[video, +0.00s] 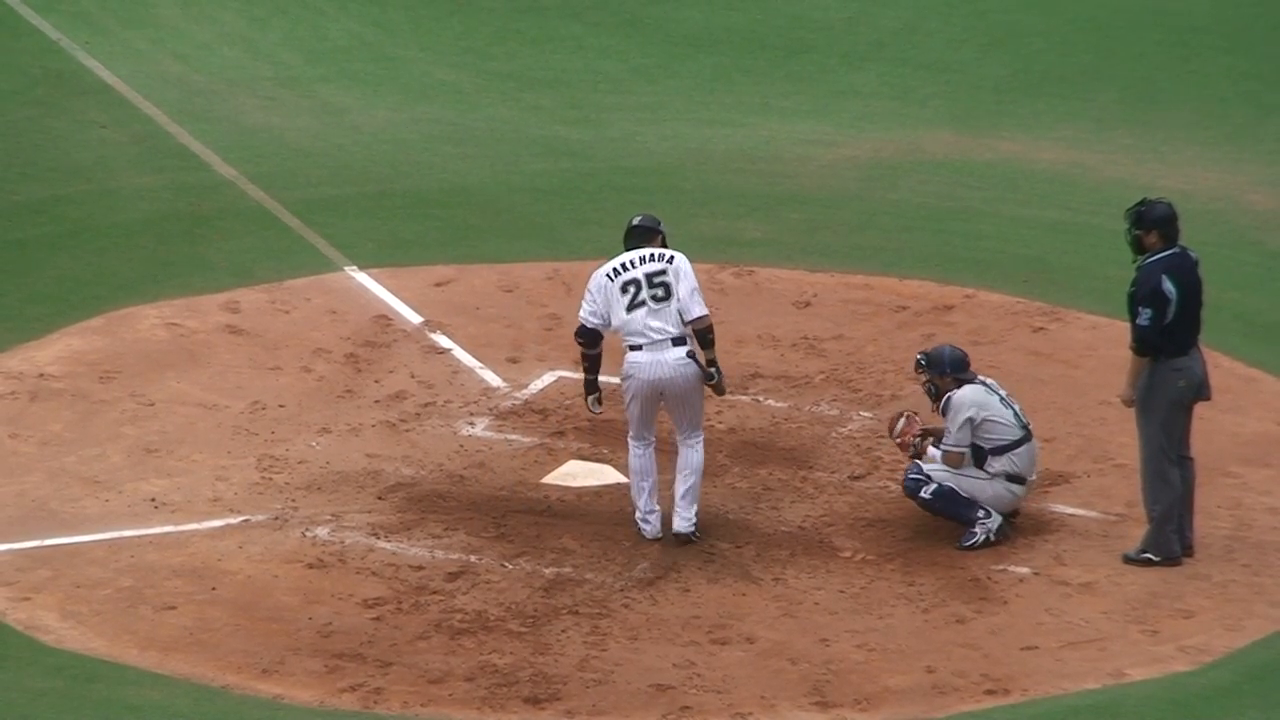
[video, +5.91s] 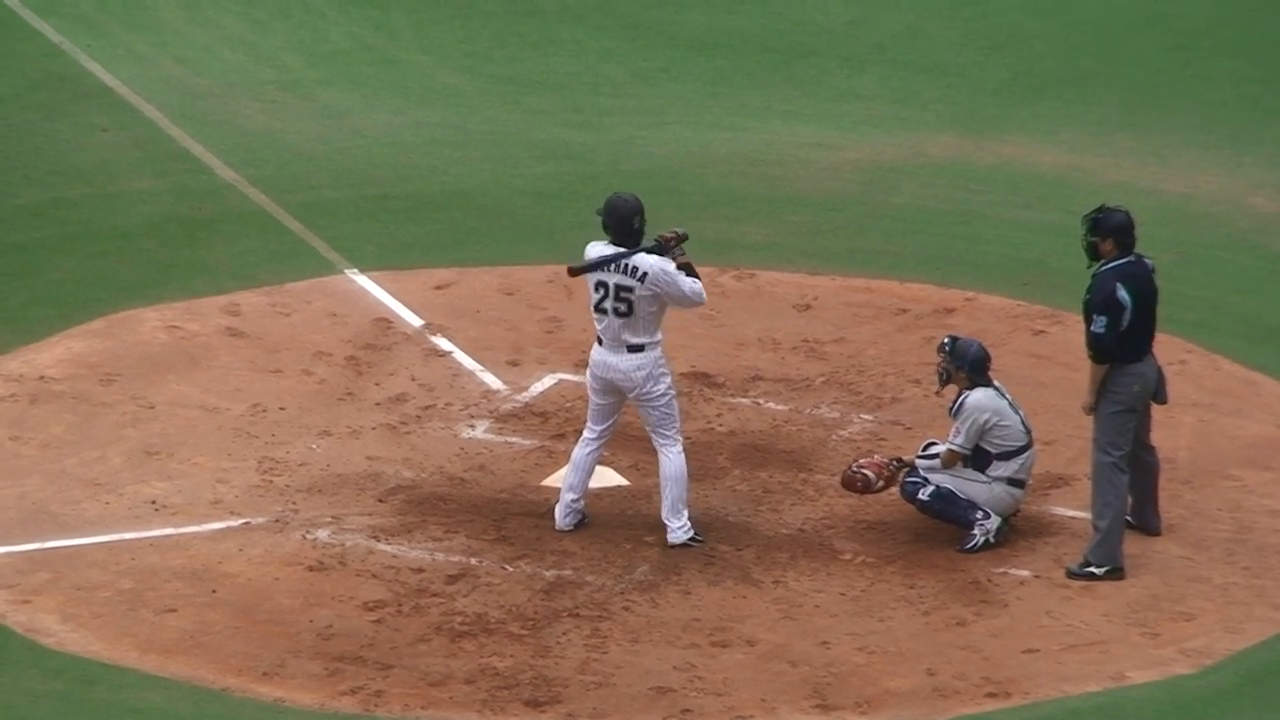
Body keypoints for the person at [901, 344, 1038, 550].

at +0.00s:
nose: (928, 382)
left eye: (931, 377)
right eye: (927, 377)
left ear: (948, 378)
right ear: (959, 375)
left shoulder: (961, 400)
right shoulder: (983, 383)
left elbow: (955, 461)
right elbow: (970, 436)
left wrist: (926, 450)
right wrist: (927, 432)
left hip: (1004, 490)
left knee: (915, 477)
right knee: (936, 454)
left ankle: (985, 520)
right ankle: (1001, 506)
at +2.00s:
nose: (932, 370)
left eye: (937, 366)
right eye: (933, 364)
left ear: (953, 373)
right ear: (964, 372)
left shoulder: (966, 403)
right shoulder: (987, 387)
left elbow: (951, 464)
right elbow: (960, 439)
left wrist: (917, 450)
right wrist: (924, 429)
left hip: (1002, 492)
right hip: (1016, 483)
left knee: (913, 480)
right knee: (930, 451)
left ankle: (983, 520)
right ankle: (1001, 508)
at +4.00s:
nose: (938, 368)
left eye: (944, 364)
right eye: (940, 362)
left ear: (959, 371)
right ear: (975, 369)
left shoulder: (972, 402)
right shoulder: (992, 387)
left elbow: (949, 461)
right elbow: (962, 433)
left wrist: (912, 460)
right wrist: (918, 430)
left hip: (1003, 491)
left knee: (913, 481)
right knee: (934, 447)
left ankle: (983, 519)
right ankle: (1003, 506)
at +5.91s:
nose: (942, 366)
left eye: (947, 363)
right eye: (944, 361)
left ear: (962, 371)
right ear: (976, 370)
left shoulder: (975, 402)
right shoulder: (991, 389)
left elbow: (948, 461)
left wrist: (907, 462)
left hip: (1000, 493)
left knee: (913, 482)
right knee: (930, 449)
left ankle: (984, 521)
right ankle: (997, 508)